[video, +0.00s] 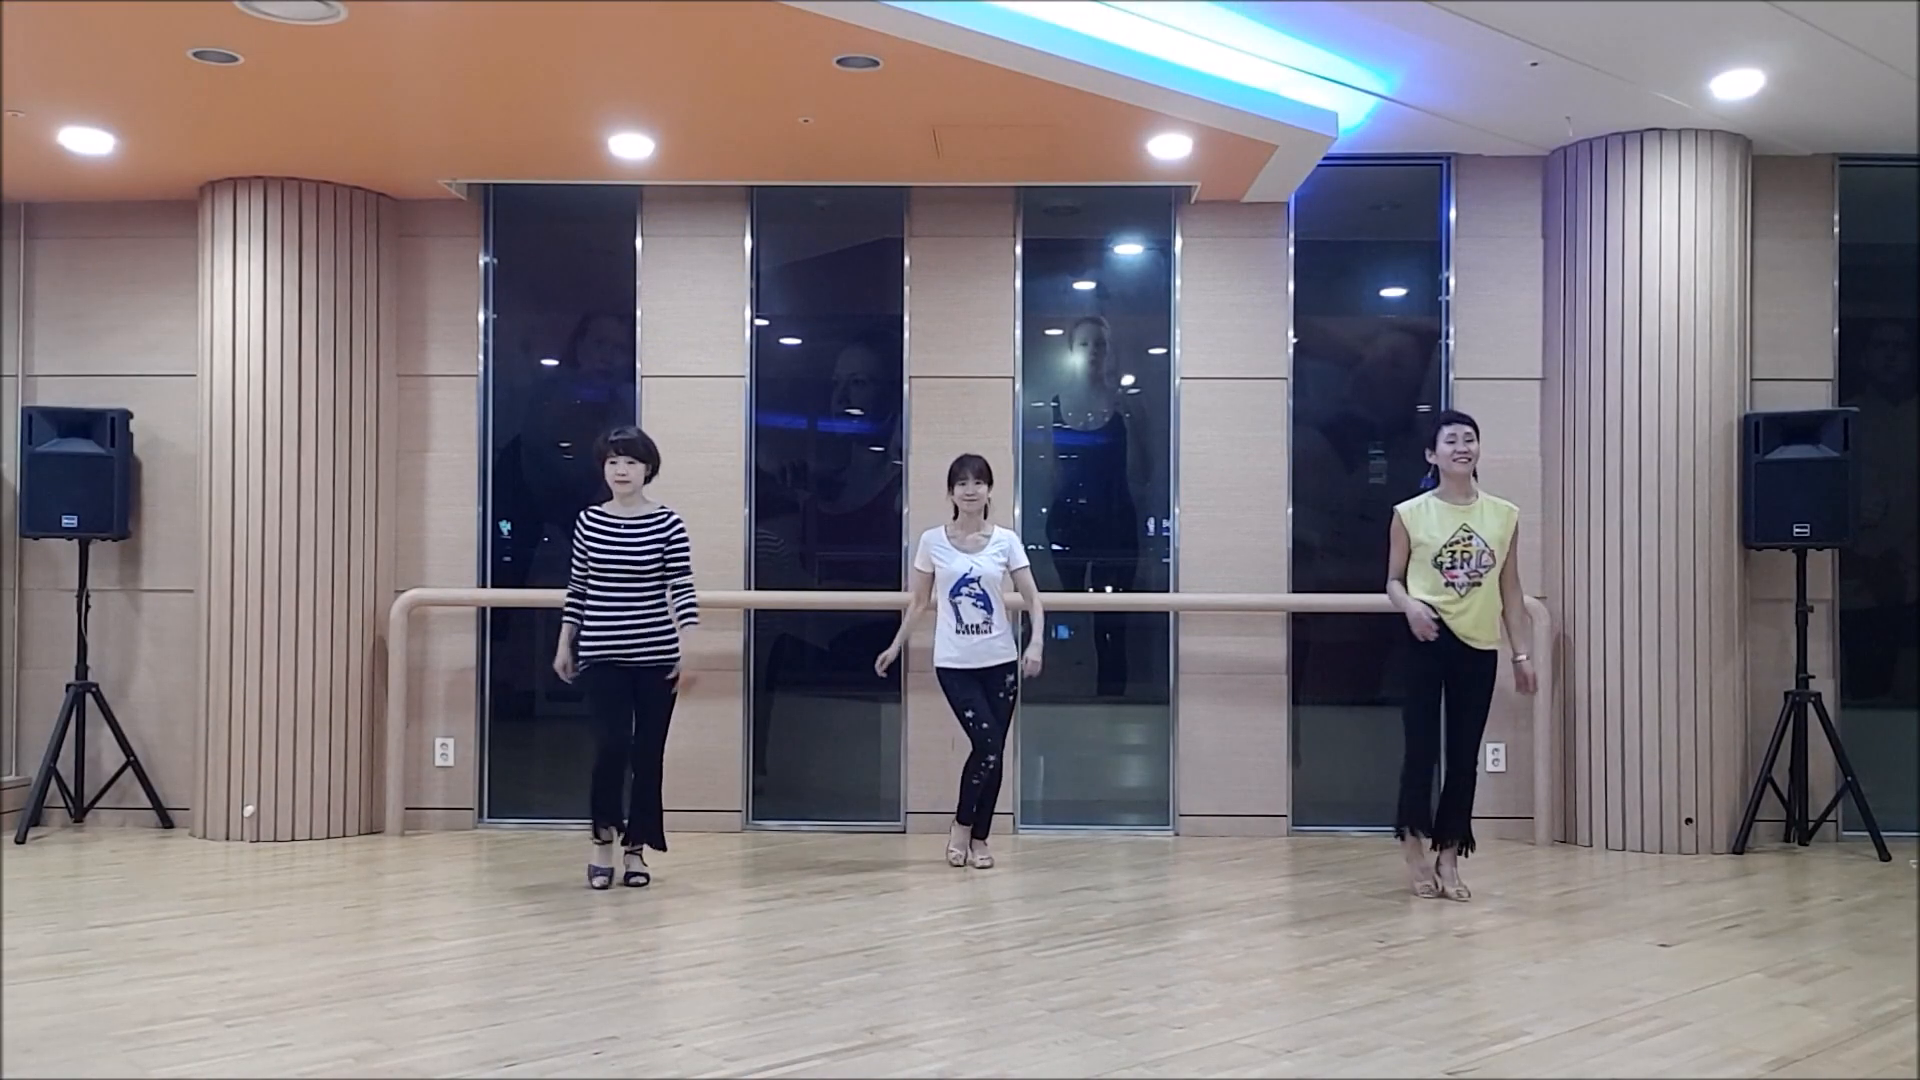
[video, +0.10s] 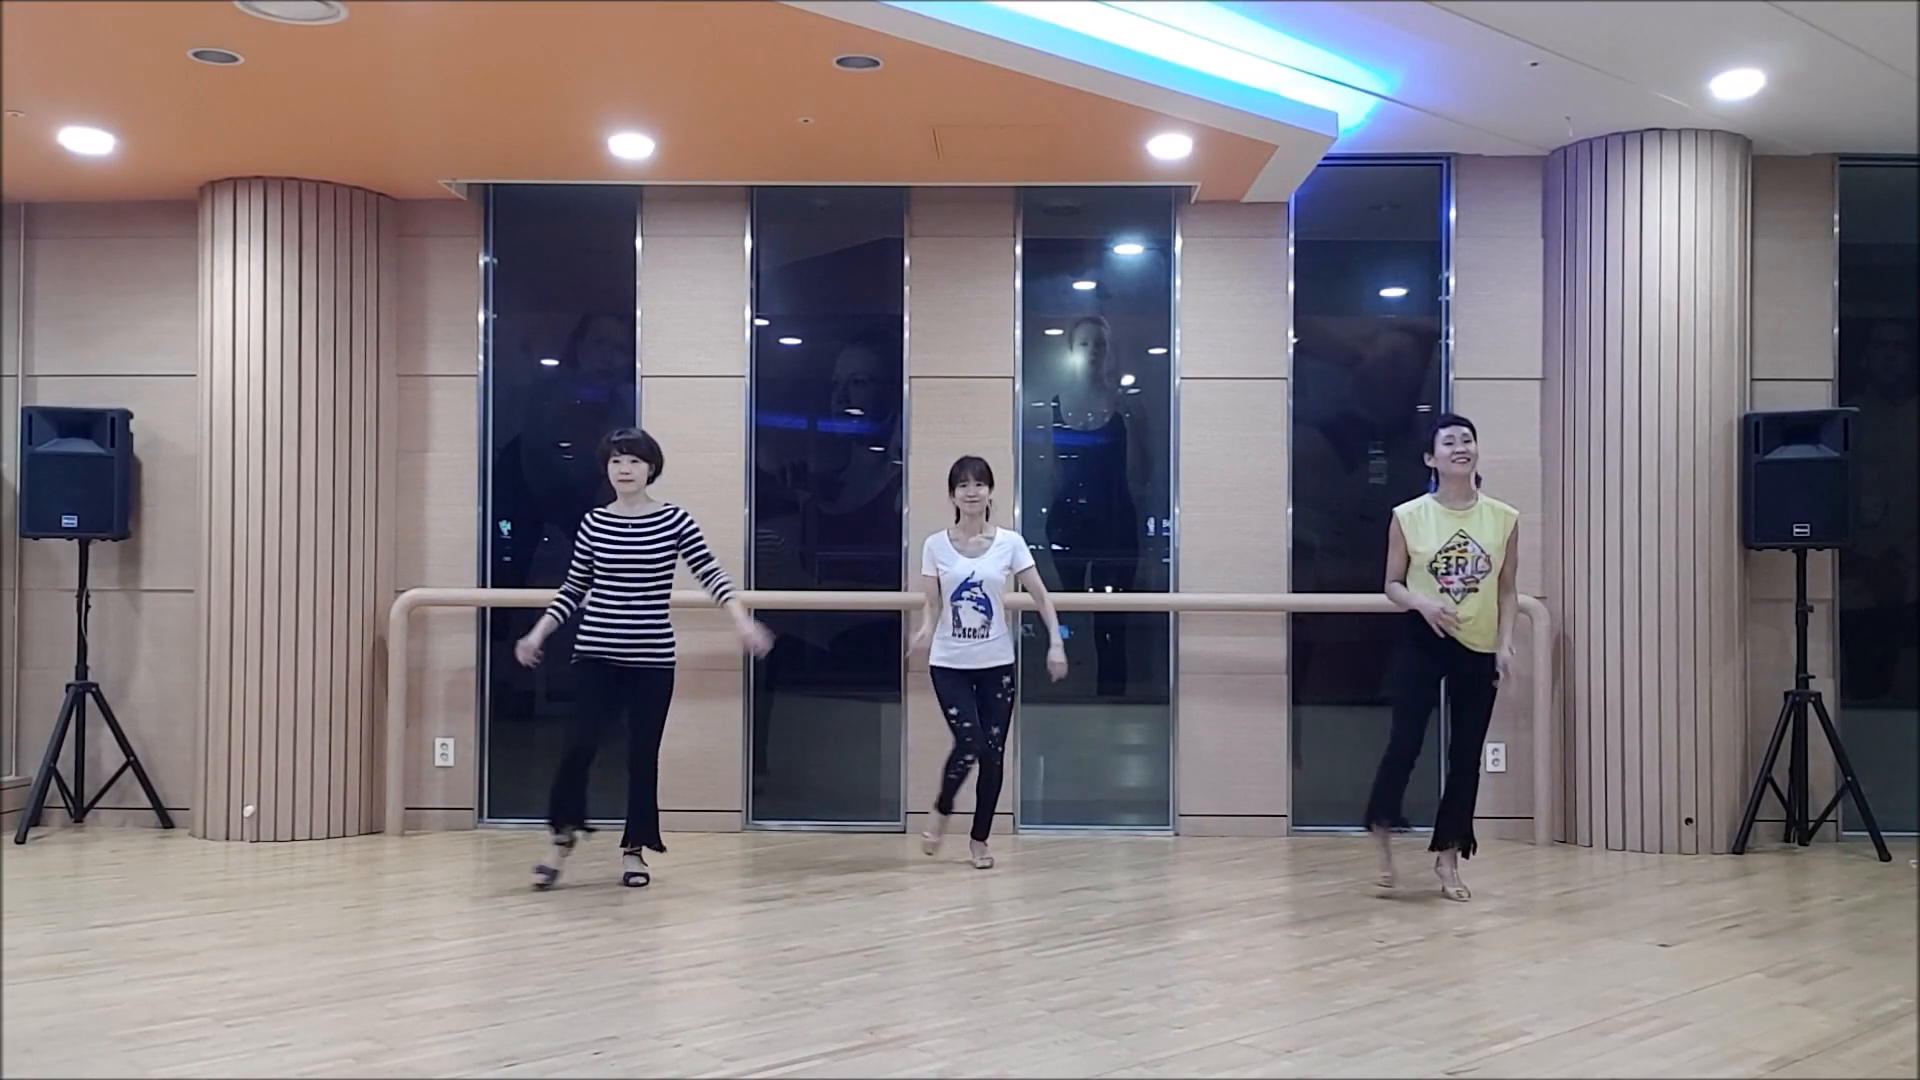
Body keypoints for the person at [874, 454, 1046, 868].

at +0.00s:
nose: (971, 489)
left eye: (979, 482)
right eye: (963, 483)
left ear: (990, 489)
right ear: (951, 490)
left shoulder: (1005, 541)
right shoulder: (932, 541)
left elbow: (1033, 599)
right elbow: (917, 603)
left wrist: (1035, 644)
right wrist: (896, 646)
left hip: (1000, 660)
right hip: (953, 662)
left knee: (994, 751)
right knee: (987, 744)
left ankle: (980, 840)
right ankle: (961, 828)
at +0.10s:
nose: (972, 491)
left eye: (979, 484)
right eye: (964, 485)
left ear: (990, 490)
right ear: (952, 492)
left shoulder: (1010, 543)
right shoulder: (935, 545)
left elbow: (1041, 595)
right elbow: (931, 602)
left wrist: (1056, 643)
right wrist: (925, 630)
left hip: (997, 663)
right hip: (948, 663)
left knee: (993, 752)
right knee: (970, 744)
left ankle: (980, 839)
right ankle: (940, 812)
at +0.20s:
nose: (972, 490)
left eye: (979, 482)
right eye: (963, 484)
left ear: (991, 489)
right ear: (952, 492)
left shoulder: (1012, 539)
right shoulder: (939, 543)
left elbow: (1048, 590)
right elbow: (938, 604)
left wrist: (1072, 634)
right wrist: (955, 604)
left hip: (994, 663)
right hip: (946, 659)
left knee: (988, 754)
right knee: (928, 743)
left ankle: (978, 841)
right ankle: (894, 819)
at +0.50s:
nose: (974, 488)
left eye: (981, 481)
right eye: (965, 482)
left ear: (993, 488)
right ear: (954, 490)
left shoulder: (1010, 539)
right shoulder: (937, 542)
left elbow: (1035, 593)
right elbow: (926, 593)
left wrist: (1054, 643)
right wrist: (941, 607)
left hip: (998, 663)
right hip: (949, 663)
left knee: (993, 752)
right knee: (949, 747)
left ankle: (978, 838)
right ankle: (922, 817)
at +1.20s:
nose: (995, 490)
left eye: (1002, 484)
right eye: (987, 484)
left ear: (1015, 492)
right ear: (976, 492)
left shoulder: (1031, 541)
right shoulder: (961, 540)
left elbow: (1069, 592)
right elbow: (957, 595)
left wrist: (1105, 636)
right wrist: (989, 578)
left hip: (1015, 662)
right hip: (968, 658)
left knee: (998, 754)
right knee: (929, 744)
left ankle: (978, 840)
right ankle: (909, 822)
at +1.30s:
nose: (1007, 491)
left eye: (1015, 484)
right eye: (999, 485)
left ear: (1026, 492)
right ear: (988, 493)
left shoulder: (1043, 543)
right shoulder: (972, 539)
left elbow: (1079, 592)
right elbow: (980, 589)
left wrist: (1115, 637)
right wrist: (1028, 575)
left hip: (1026, 663)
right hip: (981, 660)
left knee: (1004, 754)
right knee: (954, 747)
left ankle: (980, 841)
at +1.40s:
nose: (1023, 490)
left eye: (1030, 483)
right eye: (1015, 484)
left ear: (1041, 492)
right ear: (1002, 493)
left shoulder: (1058, 541)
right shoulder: (987, 540)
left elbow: (1082, 591)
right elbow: (998, 594)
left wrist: (1101, 633)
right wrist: (1052, 601)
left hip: (1040, 666)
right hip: (995, 664)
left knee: (1017, 753)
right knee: (1002, 754)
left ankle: (984, 837)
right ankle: (1039, 823)